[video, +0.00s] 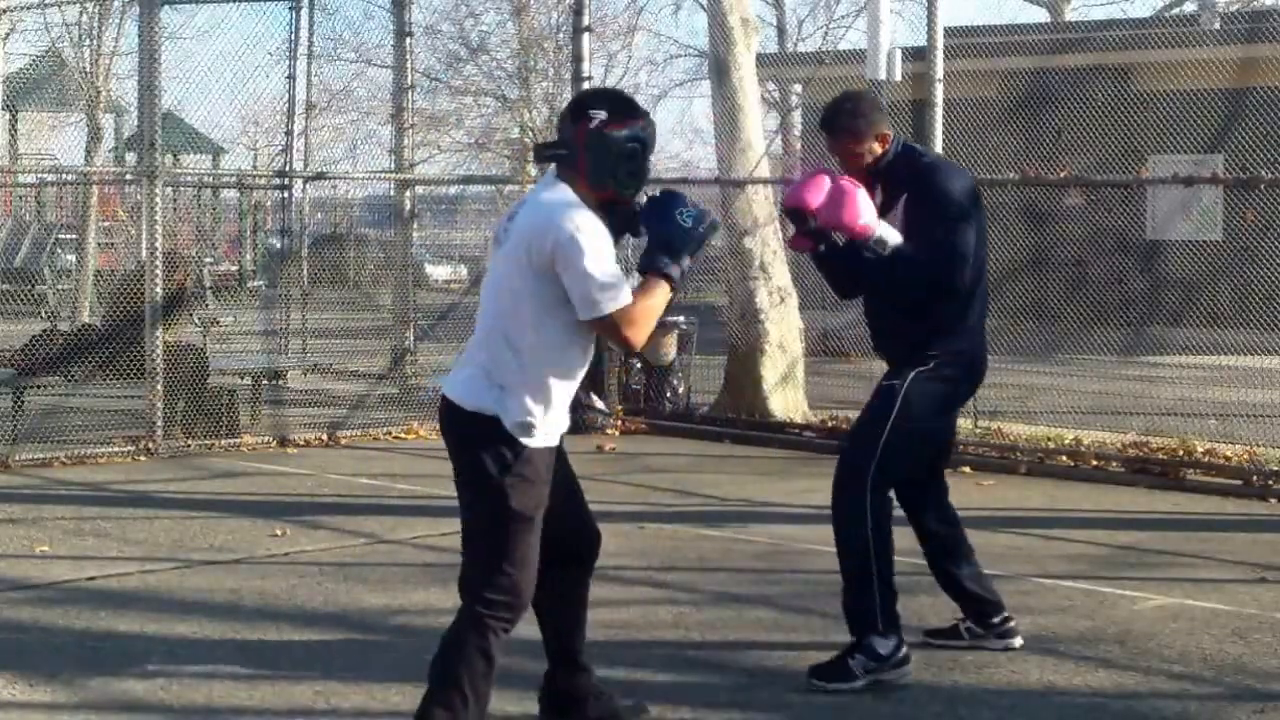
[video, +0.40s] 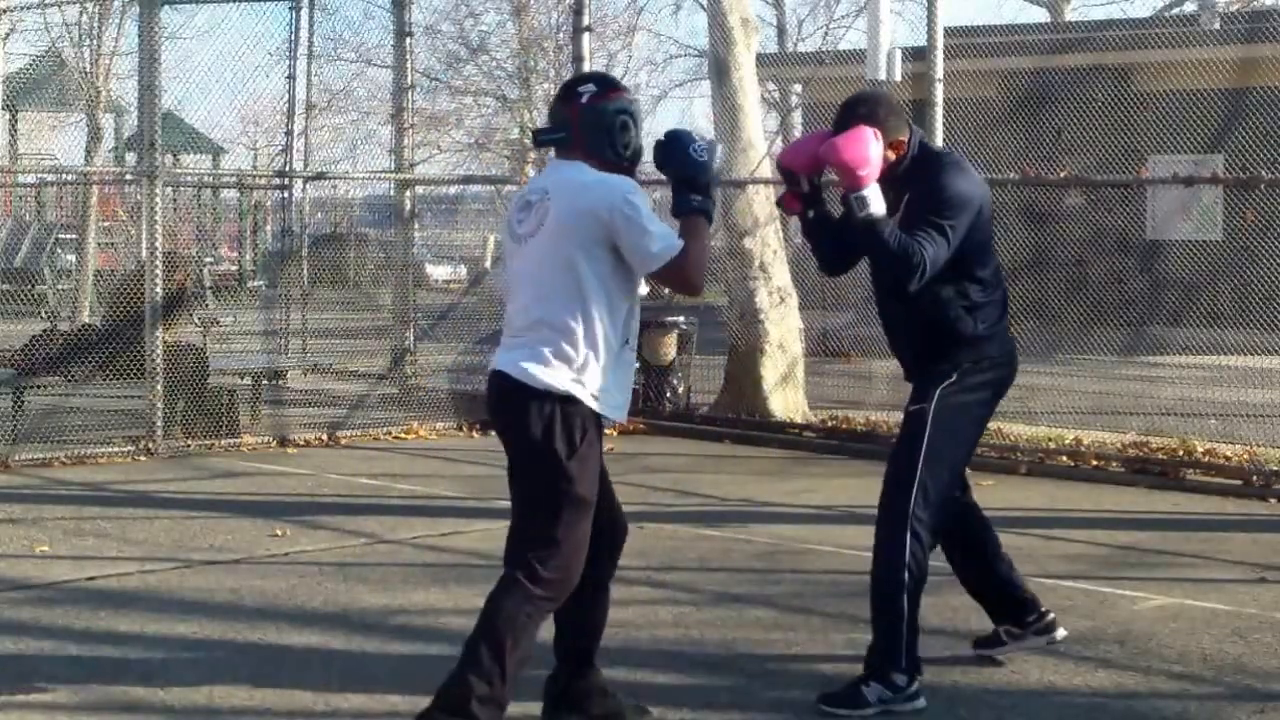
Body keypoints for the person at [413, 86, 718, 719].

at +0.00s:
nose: (635, 161)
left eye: (642, 147)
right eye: (622, 146)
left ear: (574, 150)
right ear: (580, 147)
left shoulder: (547, 206)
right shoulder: (569, 222)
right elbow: (631, 327)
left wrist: (625, 242)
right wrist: (668, 261)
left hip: (524, 419)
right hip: (500, 424)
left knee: (573, 544)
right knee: (498, 597)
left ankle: (570, 690)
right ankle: (446, 712)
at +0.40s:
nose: (633, 136)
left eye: (630, 122)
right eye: (626, 124)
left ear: (563, 130)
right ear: (609, 129)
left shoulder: (529, 196)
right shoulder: (609, 193)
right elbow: (688, 276)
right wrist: (695, 194)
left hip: (521, 388)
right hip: (559, 398)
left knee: (602, 533)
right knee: (550, 562)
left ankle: (575, 689)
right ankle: (464, 705)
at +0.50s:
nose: (635, 145)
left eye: (632, 134)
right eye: (630, 134)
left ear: (561, 142)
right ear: (617, 138)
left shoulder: (532, 211)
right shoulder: (624, 195)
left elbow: (534, 306)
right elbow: (718, 258)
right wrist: (718, 193)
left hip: (514, 386)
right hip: (567, 394)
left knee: (599, 533)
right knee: (546, 559)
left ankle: (591, 695)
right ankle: (459, 705)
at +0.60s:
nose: (645, 162)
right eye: (640, 153)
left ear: (569, 170)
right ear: (632, 157)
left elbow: (526, 316)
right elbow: (769, 188)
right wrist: (807, 163)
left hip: (505, 382)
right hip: (567, 382)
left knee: (566, 544)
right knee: (520, 546)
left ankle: (586, 697)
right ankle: (443, 705)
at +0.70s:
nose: (628, 180)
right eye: (624, 171)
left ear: (554, 184)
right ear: (617, 175)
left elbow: (521, 335)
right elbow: (748, 220)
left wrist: (590, 409)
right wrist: (804, 223)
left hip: (505, 387)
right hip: (570, 381)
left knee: (575, 539)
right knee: (526, 551)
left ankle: (586, 698)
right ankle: (440, 703)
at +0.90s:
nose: (620, 152)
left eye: (617, 144)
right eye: (615, 143)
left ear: (544, 155)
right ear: (605, 146)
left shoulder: (511, 224)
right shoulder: (619, 192)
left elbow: (521, 314)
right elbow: (708, 268)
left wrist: (623, 337)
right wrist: (709, 192)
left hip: (499, 383)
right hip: (558, 381)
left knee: (573, 546)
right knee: (549, 562)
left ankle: (587, 696)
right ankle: (455, 708)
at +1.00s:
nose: (613, 136)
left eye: (610, 123)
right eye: (604, 125)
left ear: (543, 138)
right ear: (593, 133)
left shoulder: (513, 212)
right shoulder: (599, 192)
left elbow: (533, 301)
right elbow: (669, 287)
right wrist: (682, 207)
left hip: (510, 385)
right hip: (545, 389)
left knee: (589, 536)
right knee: (544, 572)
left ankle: (586, 696)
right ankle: (461, 710)